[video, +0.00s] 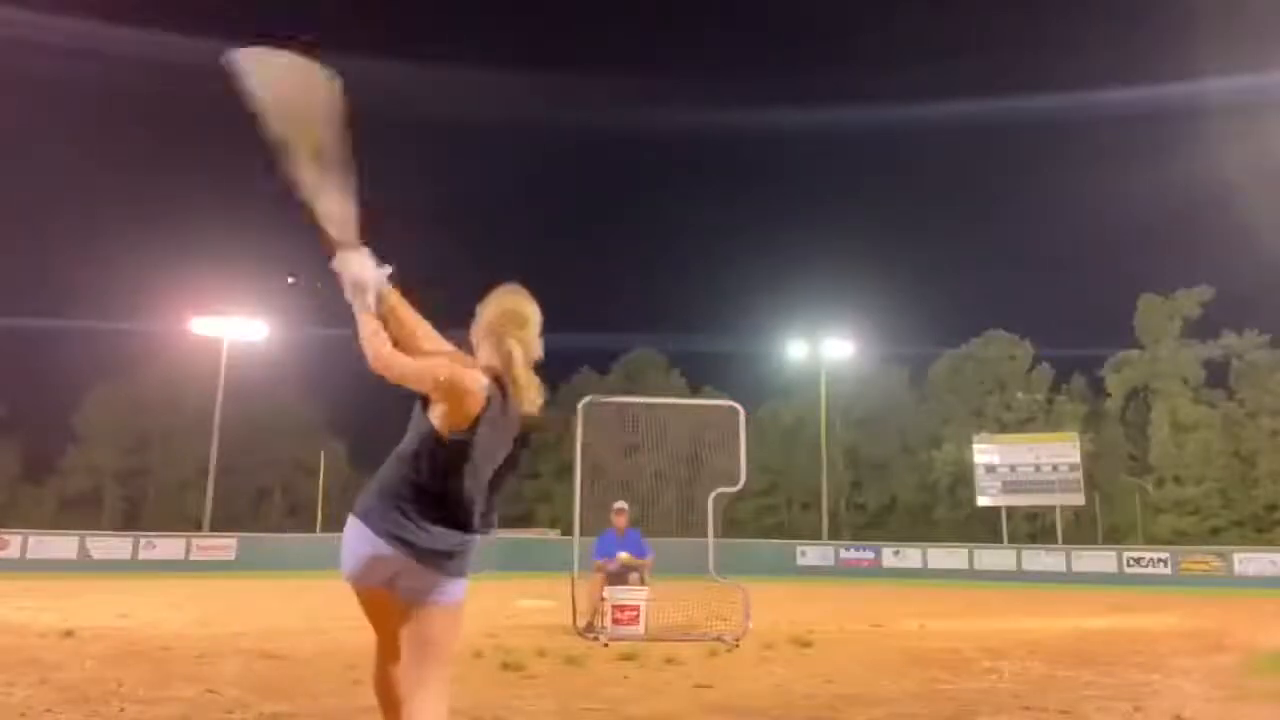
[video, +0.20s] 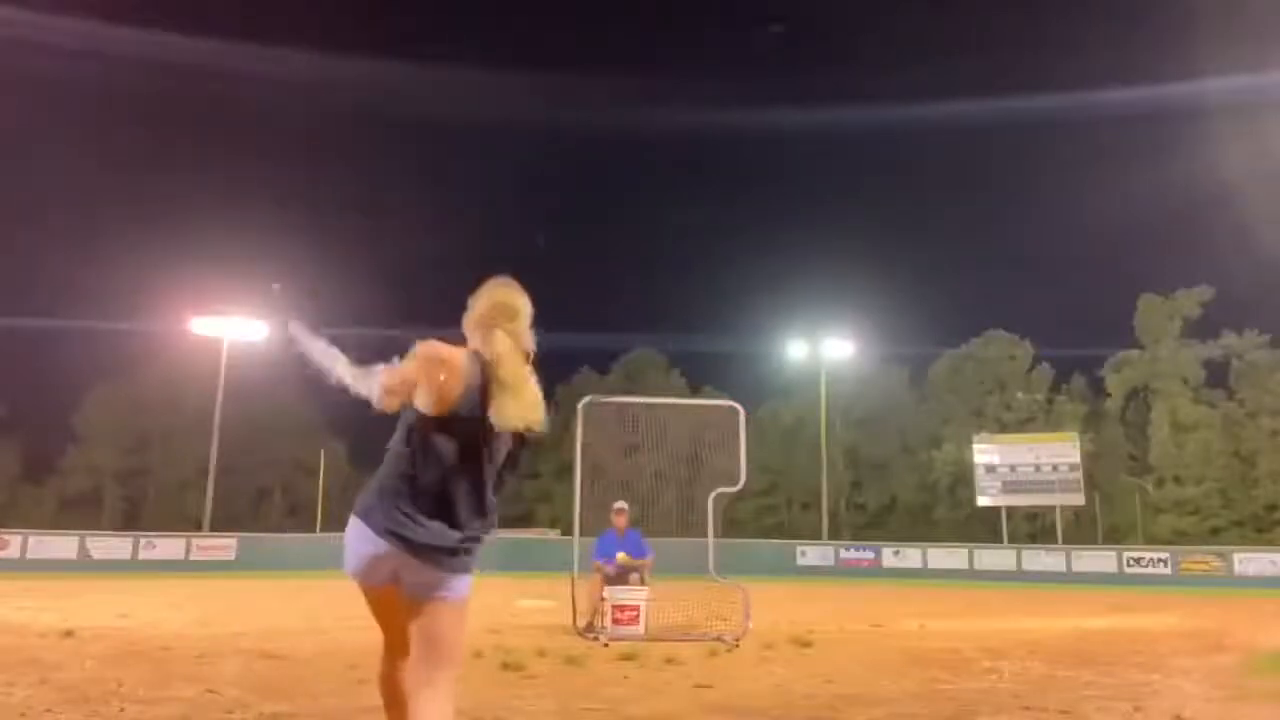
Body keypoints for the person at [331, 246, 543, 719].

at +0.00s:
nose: (470, 326)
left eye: (475, 319)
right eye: (474, 321)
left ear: (480, 326)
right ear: (531, 339)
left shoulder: (460, 377)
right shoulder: (516, 398)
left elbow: (382, 358)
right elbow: (429, 345)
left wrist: (361, 298)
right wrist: (382, 288)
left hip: (378, 533)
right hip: (445, 555)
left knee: (389, 650)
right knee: (427, 689)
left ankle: (396, 718)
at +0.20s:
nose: (466, 319)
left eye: (470, 313)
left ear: (472, 319)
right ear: (525, 329)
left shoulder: (437, 360)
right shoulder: (525, 391)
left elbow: (379, 389)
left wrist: (319, 351)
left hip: (379, 532)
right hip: (449, 553)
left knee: (396, 651)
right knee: (435, 682)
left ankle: (401, 717)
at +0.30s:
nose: (512, 328)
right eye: (511, 319)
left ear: (454, 310)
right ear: (507, 327)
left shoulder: (409, 350)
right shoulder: (499, 387)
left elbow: (409, 443)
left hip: (367, 528)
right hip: (435, 546)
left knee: (397, 645)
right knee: (435, 679)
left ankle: (402, 716)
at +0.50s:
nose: (492, 310)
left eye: (490, 301)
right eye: (489, 301)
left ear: (432, 302)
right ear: (480, 308)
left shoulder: (412, 346)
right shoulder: (473, 363)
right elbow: (478, 454)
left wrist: (533, 463)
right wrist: (535, 493)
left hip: (357, 509)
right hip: (405, 519)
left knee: (403, 636)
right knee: (432, 646)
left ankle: (401, 714)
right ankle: (410, 712)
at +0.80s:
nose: (479, 288)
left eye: (474, 279)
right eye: (467, 279)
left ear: (445, 294)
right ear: (439, 292)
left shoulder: (460, 362)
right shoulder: (409, 345)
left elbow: (485, 428)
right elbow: (415, 432)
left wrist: (527, 422)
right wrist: (493, 419)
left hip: (388, 520)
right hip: (361, 520)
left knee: (418, 650)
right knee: (409, 646)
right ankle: (373, 711)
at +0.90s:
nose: (472, 282)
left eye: (467, 273)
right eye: (459, 273)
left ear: (446, 287)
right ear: (429, 287)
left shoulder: (461, 356)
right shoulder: (397, 336)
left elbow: (492, 429)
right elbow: (391, 419)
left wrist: (509, 383)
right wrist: (473, 391)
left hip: (386, 518)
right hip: (354, 513)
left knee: (412, 649)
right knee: (411, 645)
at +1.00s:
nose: (459, 253)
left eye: (454, 245)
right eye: (444, 245)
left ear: (438, 262)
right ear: (413, 262)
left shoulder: (451, 322)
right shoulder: (380, 313)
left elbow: (485, 417)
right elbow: (346, 392)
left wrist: (475, 356)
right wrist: (434, 341)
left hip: (375, 508)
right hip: (342, 507)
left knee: (381, 643)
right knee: (404, 638)